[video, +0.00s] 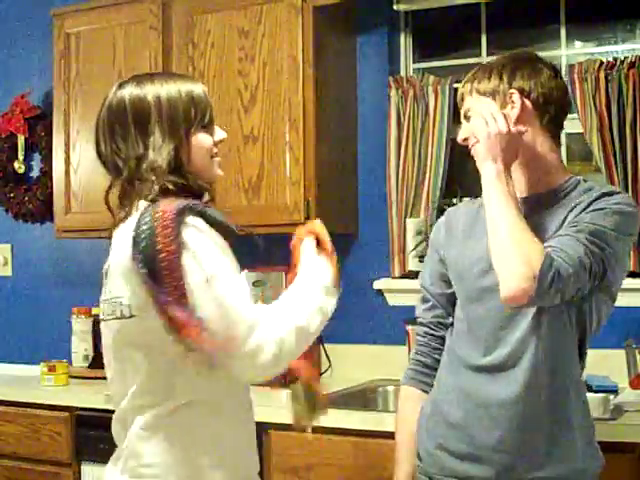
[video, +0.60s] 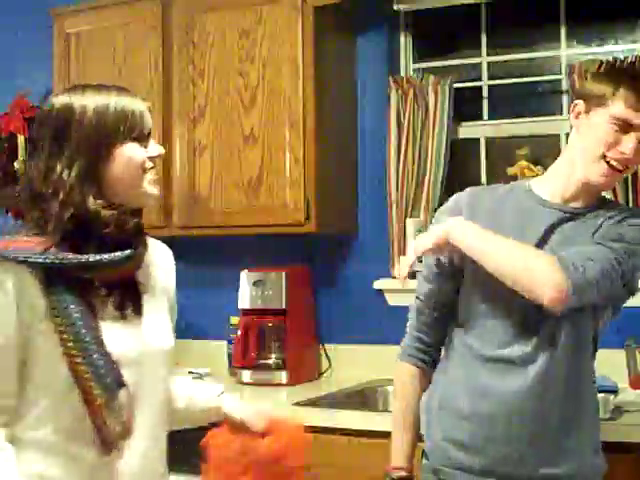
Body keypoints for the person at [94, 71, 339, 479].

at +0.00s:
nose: (220, 136)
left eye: (212, 124)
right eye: (204, 126)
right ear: (164, 139)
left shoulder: (130, 234)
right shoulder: (181, 230)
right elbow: (253, 351)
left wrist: (272, 369)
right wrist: (317, 276)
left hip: (144, 462)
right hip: (197, 466)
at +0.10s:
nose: (206, 133)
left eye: (198, 120)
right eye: (190, 122)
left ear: (151, 142)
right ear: (149, 140)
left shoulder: (156, 243)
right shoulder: (147, 250)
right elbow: (178, 386)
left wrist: (246, 324)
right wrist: (281, 335)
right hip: (180, 469)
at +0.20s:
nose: (191, 131)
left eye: (183, 118)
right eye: (173, 120)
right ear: (128, 136)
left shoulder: (174, 235)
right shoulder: (101, 259)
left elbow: (207, 343)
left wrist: (263, 298)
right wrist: (240, 375)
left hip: (229, 465)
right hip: (157, 474)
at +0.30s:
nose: (178, 127)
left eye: (170, 115)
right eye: (158, 117)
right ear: (110, 138)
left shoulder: (182, 226)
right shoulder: (71, 262)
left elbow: (219, 337)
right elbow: (56, 401)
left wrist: (286, 288)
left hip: (222, 466)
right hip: (133, 474)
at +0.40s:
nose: (172, 133)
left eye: (165, 120)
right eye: (152, 122)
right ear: (99, 143)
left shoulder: (180, 238)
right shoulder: (57, 264)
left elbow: (205, 355)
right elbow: (31, 404)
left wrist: (292, 313)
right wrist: (148, 461)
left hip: (198, 466)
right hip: (109, 473)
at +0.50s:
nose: (166, 142)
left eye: (159, 129)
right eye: (146, 131)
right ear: (91, 152)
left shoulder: (170, 250)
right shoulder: (36, 272)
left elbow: (177, 378)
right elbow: (15, 416)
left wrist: (261, 359)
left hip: (172, 470)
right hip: (88, 472)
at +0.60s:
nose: (158, 151)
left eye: (151, 138)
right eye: (139, 139)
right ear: (83, 153)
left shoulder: (157, 262)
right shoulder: (15, 279)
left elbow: (145, 395)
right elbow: (2, 424)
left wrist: (222, 403)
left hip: (143, 471)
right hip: (49, 471)